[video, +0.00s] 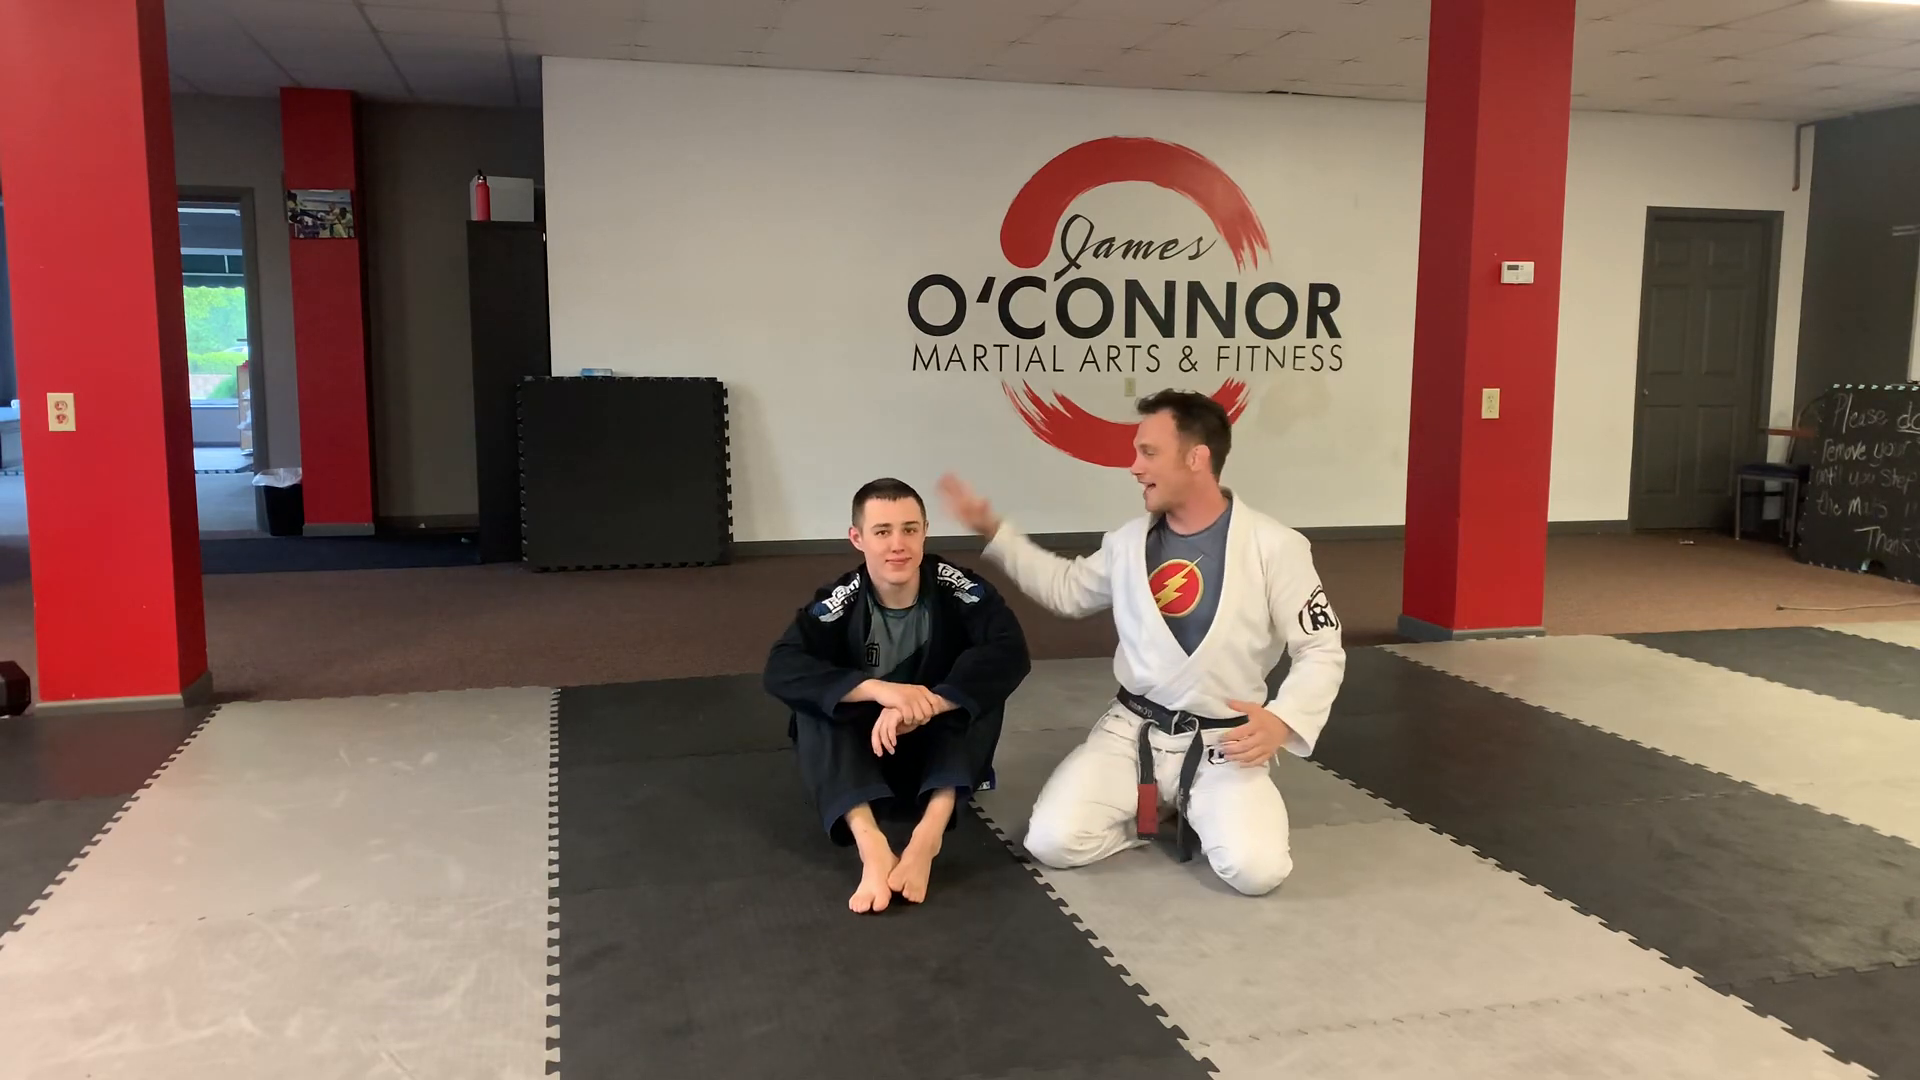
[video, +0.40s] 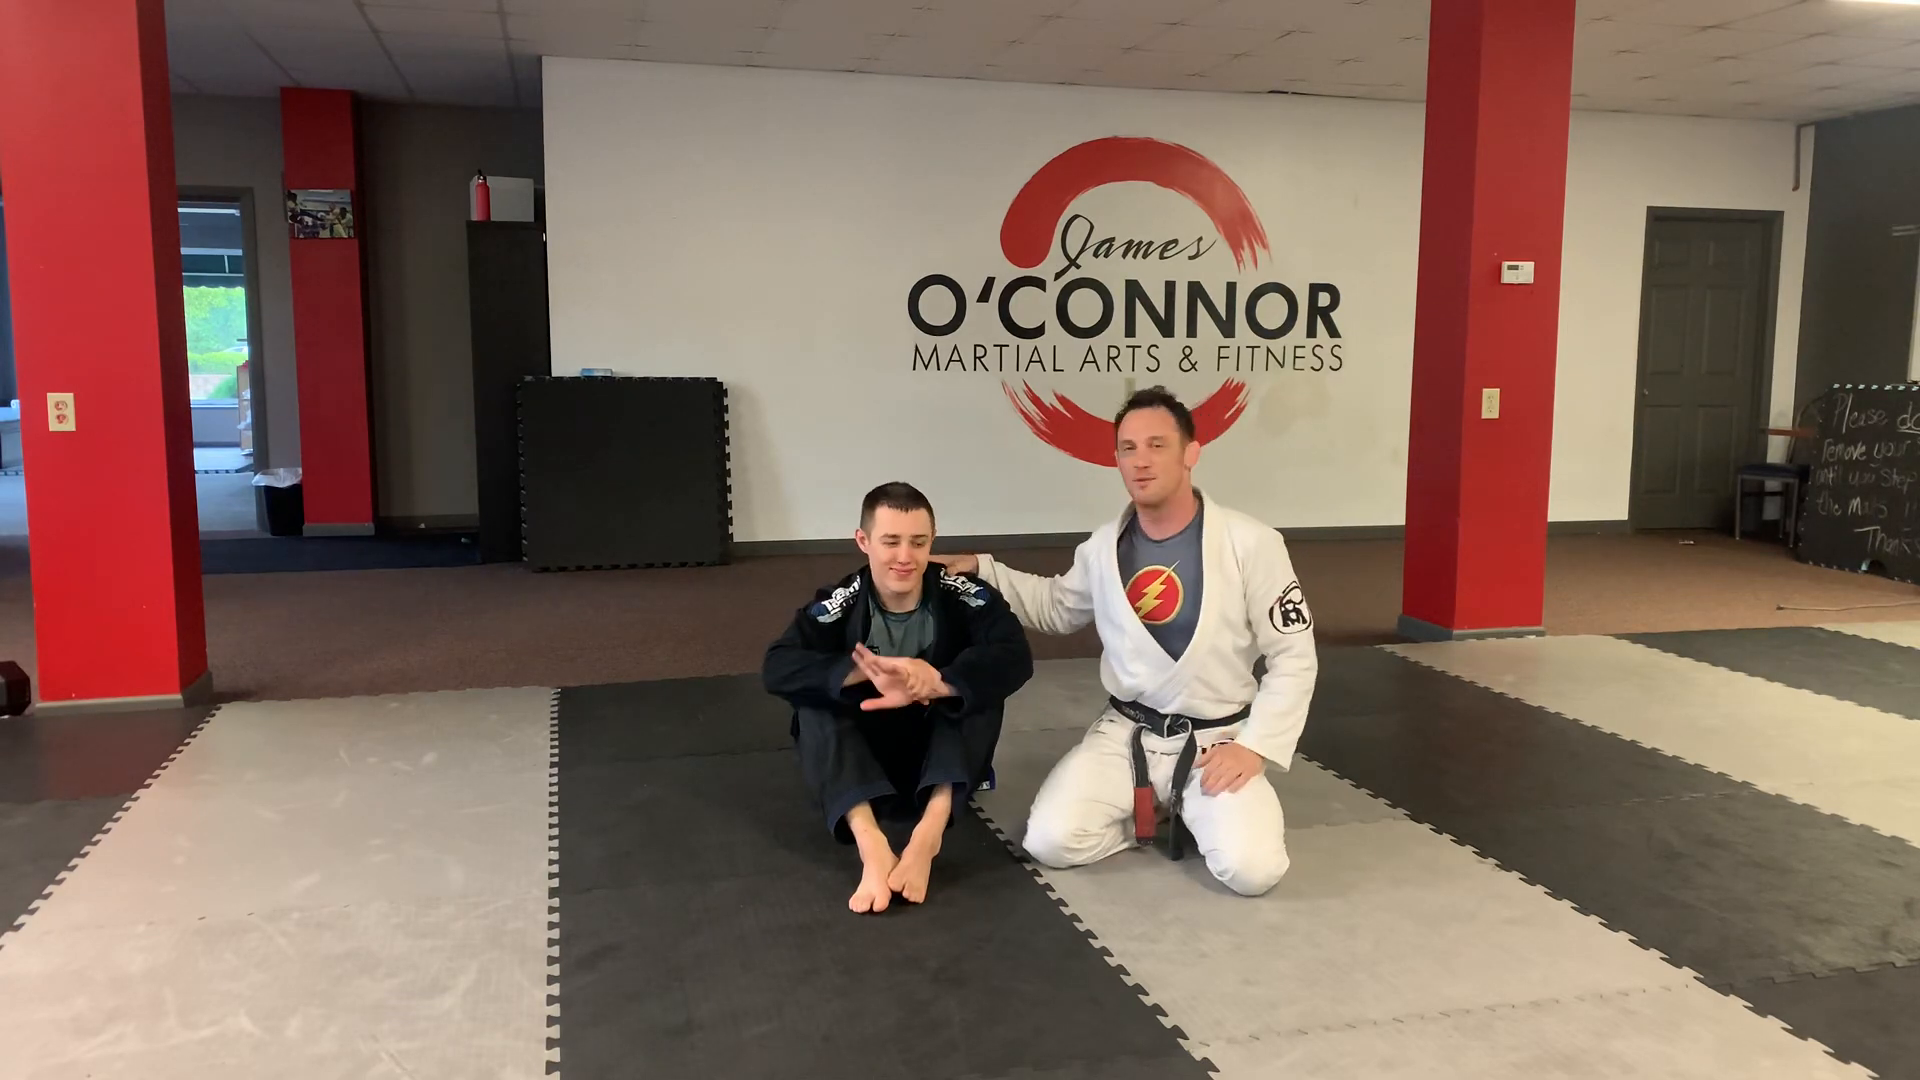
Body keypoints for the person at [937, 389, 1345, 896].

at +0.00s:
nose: (1135, 468)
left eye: (1149, 453)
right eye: (1136, 454)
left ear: (1197, 459)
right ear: (1189, 460)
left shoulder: (1274, 548)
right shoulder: (1129, 543)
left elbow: (1321, 651)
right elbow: (1067, 590)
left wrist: (1283, 723)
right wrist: (992, 530)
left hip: (1226, 744)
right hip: (1130, 730)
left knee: (1259, 871)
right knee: (1052, 842)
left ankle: (1203, 805)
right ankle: (1155, 803)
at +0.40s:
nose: (1140, 461)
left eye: (1157, 445)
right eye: (1128, 448)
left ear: (1191, 454)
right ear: (1115, 460)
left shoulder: (1251, 544)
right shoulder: (1101, 550)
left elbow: (1293, 657)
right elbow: (1055, 609)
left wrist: (1256, 748)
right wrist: (982, 568)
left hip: (1220, 737)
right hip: (1126, 730)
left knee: (1254, 871)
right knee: (1050, 841)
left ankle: (1199, 799)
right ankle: (1159, 809)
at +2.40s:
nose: (1136, 464)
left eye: (1152, 448)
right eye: (1125, 450)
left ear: (1188, 457)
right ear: (1112, 462)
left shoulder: (1245, 548)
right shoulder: (1098, 549)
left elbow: (1283, 662)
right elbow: (1055, 608)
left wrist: (1233, 748)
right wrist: (980, 566)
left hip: (1208, 739)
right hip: (1115, 730)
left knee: (1245, 871)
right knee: (1045, 841)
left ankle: (1185, 803)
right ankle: (1153, 809)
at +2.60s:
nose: (1137, 463)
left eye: (1154, 447)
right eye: (1129, 449)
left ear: (1194, 457)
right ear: (1119, 457)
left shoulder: (1248, 548)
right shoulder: (1107, 544)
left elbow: (1292, 651)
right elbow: (1063, 597)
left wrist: (1227, 692)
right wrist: (980, 553)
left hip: (1207, 736)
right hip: (1115, 728)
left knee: (1246, 870)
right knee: (1045, 840)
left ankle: (1190, 800)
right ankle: (1149, 807)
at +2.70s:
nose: (1134, 464)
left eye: (1150, 449)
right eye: (1129, 451)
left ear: (1196, 458)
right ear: (1124, 458)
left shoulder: (1251, 547)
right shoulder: (1114, 540)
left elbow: (1291, 658)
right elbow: (1063, 593)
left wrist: (1210, 621)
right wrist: (989, 540)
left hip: (1208, 736)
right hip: (1116, 726)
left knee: (1246, 871)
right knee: (1045, 841)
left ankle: (1193, 800)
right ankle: (1153, 811)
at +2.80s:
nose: (1135, 468)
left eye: (1150, 454)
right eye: (1134, 455)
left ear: (1199, 462)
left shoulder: (1260, 544)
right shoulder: (1121, 540)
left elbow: (1275, 651)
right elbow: (1064, 590)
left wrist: (1208, 566)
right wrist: (989, 539)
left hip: (1211, 737)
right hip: (1119, 727)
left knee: (1246, 870)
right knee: (1045, 842)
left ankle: (1198, 798)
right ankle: (1154, 810)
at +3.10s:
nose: (1194, 475)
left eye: (1212, 459)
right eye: (1185, 459)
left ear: (1250, 464)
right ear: (1175, 463)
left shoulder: (1295, 545)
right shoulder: (1148, 541)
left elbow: (1295, 643)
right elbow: (1081, 595)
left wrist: (1241, 551)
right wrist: (987, 579)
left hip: (1233, 739)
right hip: (1137, 726)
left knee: (1258, 863)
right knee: (1052, 843)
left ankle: (1205, 798)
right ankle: (1157, 807)